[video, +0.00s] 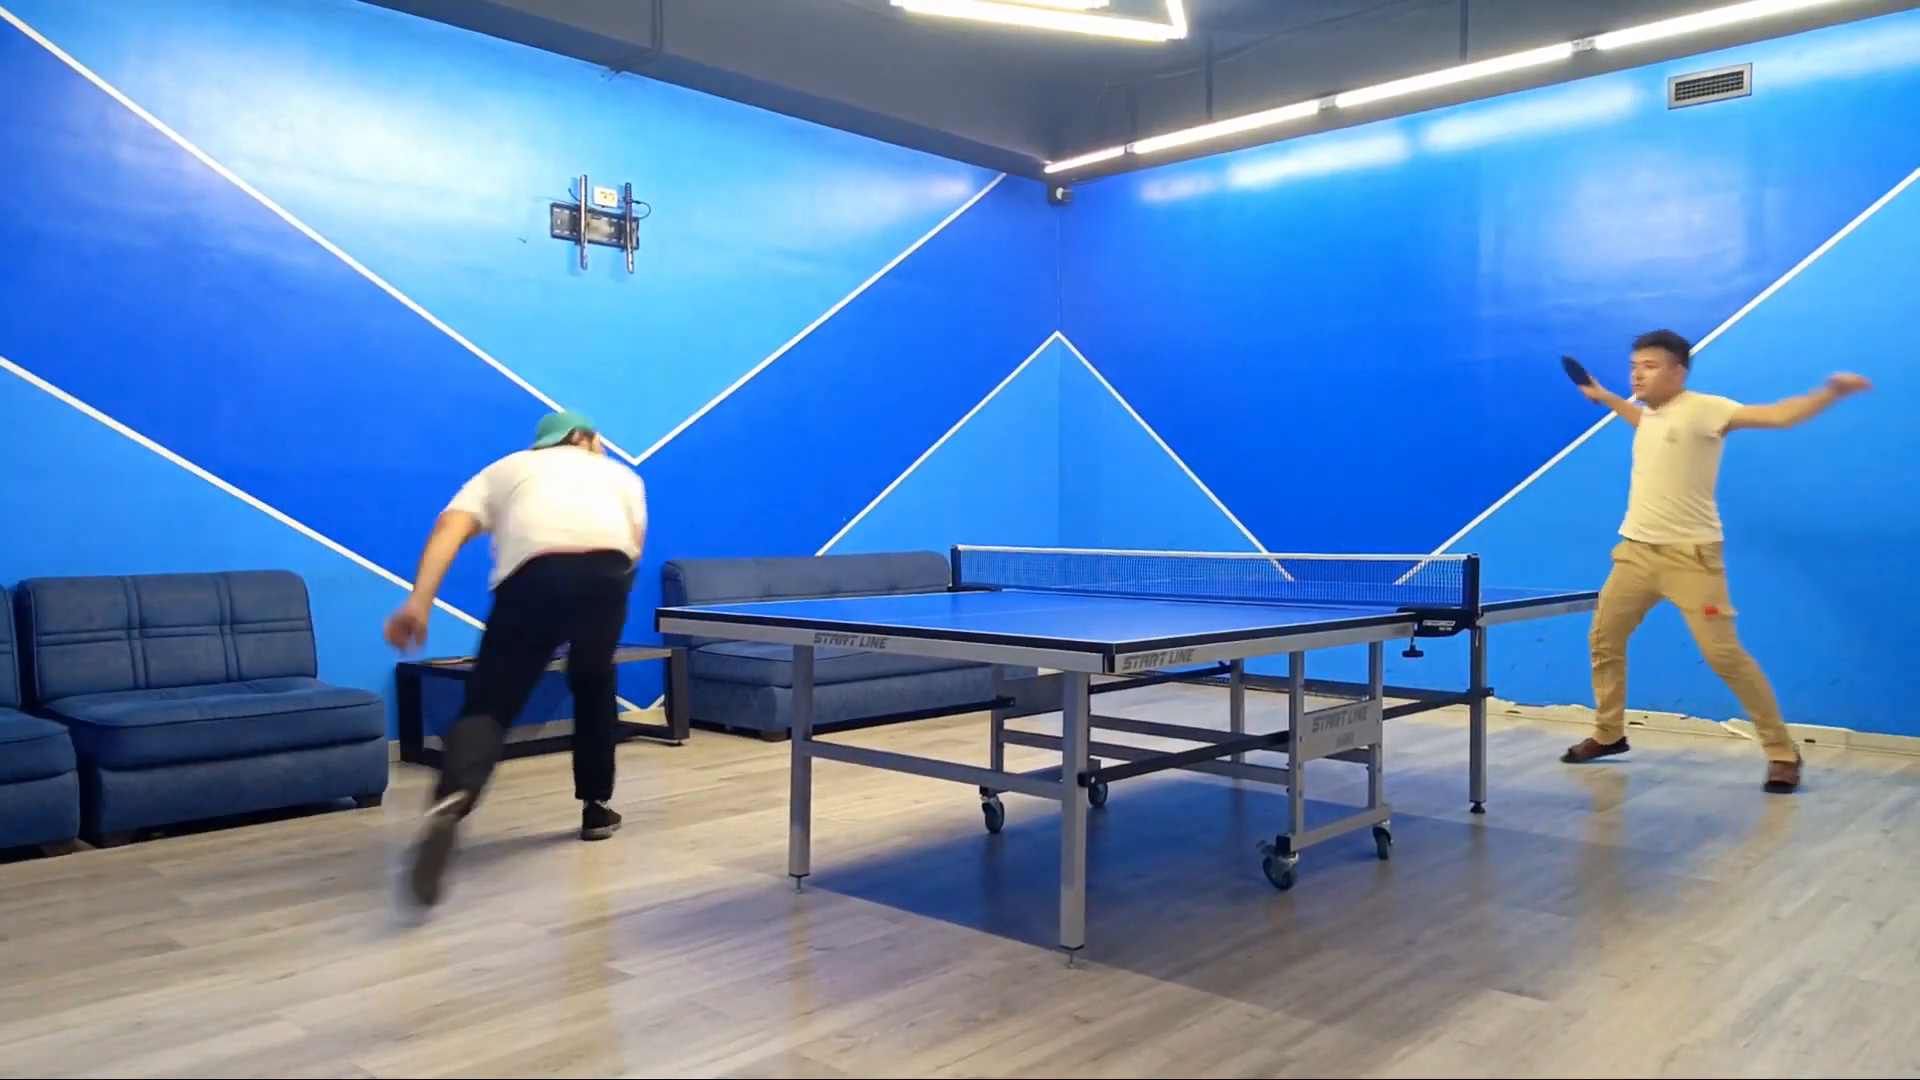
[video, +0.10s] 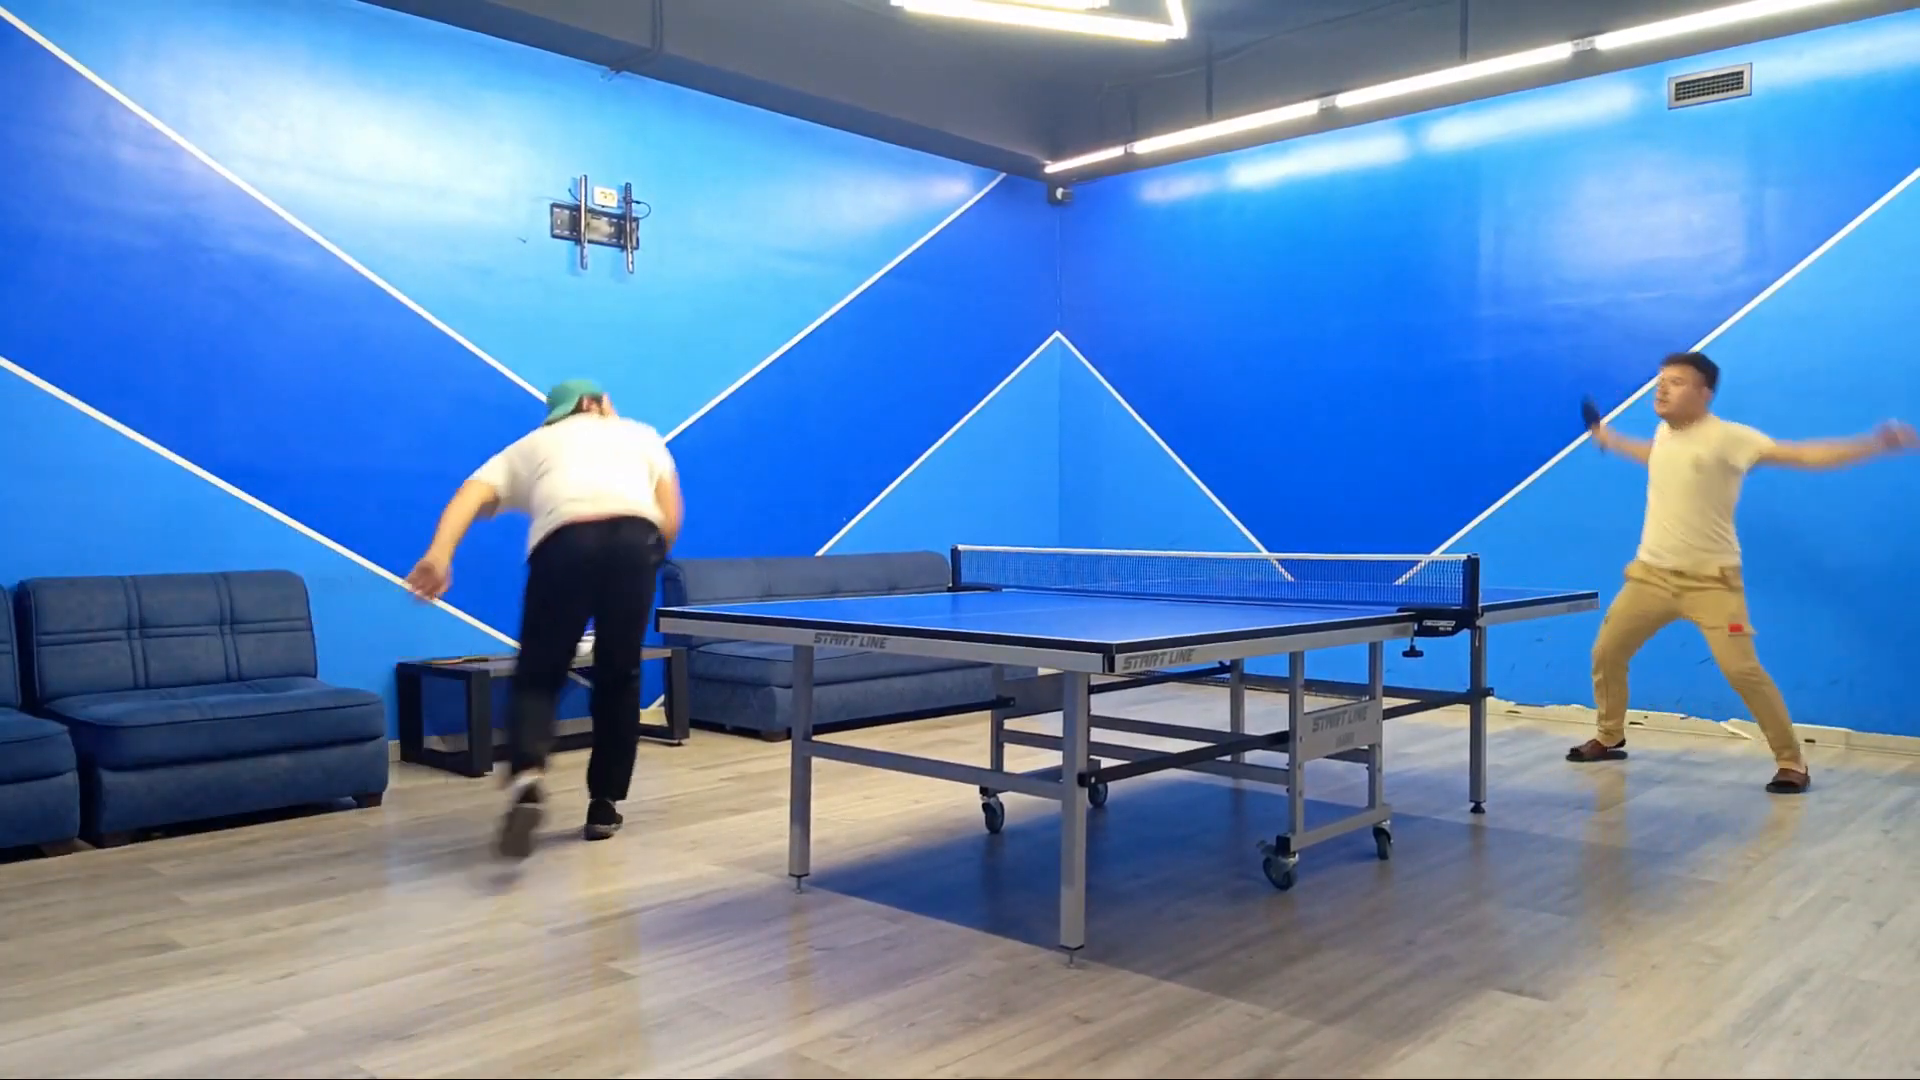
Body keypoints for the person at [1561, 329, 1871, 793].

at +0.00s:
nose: (1638, 375)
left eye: (1649, 367)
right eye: (1634, 368)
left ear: (1678, 371)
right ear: (1637, 374)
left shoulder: (1706, 410)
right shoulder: (1647, 414)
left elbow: (1778, 415)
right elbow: (1636, 413)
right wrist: (1601, 395)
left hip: (1692, 556)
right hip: (1636, 551)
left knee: (1723, 655)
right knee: (1604, 638)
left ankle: (1782, 754)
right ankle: (1608, 734)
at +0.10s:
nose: (1661, 390)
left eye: (1674, 384)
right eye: (1660, 382)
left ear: (1703, 393)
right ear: (1657, 388)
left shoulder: (1730, 438)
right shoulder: (1663, 435)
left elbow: (1806, 455)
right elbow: (1653, 456)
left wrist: (1873, 445)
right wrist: (1606, 439)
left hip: (1712, 583)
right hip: (1651, 577)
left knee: (1742, 671)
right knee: (1606, 653)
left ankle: (1791, 764)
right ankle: (1609, 739)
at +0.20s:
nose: (1682, 404)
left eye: (1695, 397)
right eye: (1680, 395)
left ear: (1723, 411)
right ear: (1676, 404)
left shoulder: (1746, 462)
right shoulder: (1668, 453)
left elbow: (1806, 503)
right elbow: (1650, 492)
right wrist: (1588, 502)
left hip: (1722, 594)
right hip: (1659, 589)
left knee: (1745, 678)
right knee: (1608, 661)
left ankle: (1791, 765)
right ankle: (1609, 741)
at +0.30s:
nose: (1689, 407)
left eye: (1702, 401)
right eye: (1686, 400)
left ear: (1728, 415)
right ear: (1681, 409)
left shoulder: (1750, 468)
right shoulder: (1667, 460)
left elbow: (1795, 527)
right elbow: (1633, 503)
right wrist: (1570, 526)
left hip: (1721, 596)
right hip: (1660, 591)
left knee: (1744, 676)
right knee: (1603, 659)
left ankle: (1791, 765)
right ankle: (1612, 742)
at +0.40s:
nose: (1683, 401)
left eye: (1697, 396)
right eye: (1681, 394)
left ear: (1723, 409)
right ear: (1675, 403)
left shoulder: (1744, 464)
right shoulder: (1654, 453)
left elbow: (1776, 525)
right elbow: (1609, 491)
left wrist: (1777, 578)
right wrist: (1557, 508)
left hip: (1713, 590)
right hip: (1650, 585)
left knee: (1741, 671)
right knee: (1598, 655)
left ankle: (1790, 764)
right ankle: (1610, 742)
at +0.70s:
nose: (1663, 378)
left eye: (1675, 371)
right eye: (1659, 372)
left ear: (1699, 379)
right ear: (1653, 379)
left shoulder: (1721, 432)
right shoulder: (1633, 425)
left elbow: (1743, 495)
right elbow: (1592, 458)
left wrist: (1740, 544)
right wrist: (1574, 470)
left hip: (1699, 561)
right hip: (1637, 559)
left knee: (1721, 653)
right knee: (1618, 649)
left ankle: (1732, 738)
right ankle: (1609, 739)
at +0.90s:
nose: (1675, 385)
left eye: (1686, 378)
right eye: (1671, 379)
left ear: (1713, 384)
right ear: (1667, 384)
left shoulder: (1737, 439)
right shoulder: (1649, 430)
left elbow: (1747, 501)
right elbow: (1624, 481)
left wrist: (1743, 553)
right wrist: (1602, 526)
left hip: (1706, 563)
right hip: (1647, 558)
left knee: (1706, 655)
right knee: (1631, 650)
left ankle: (1708, 732)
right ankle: (1610, 737)